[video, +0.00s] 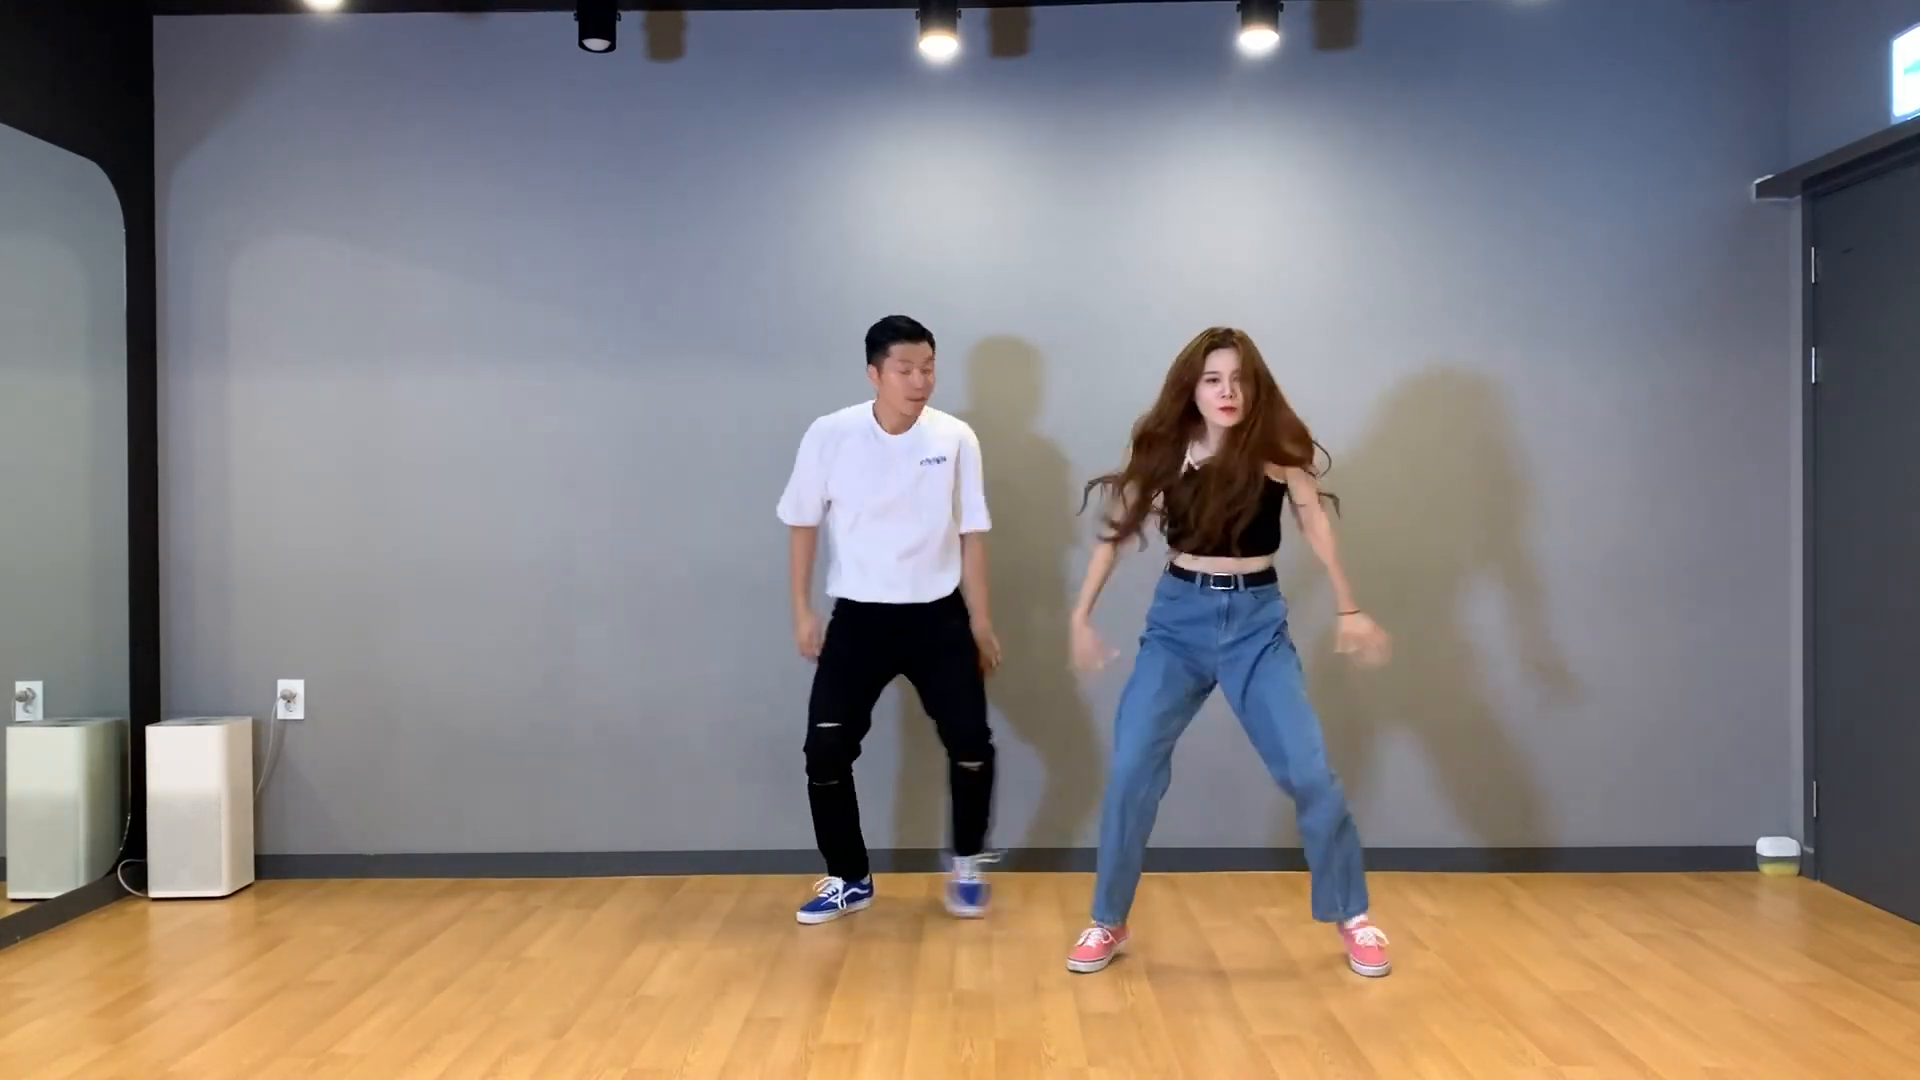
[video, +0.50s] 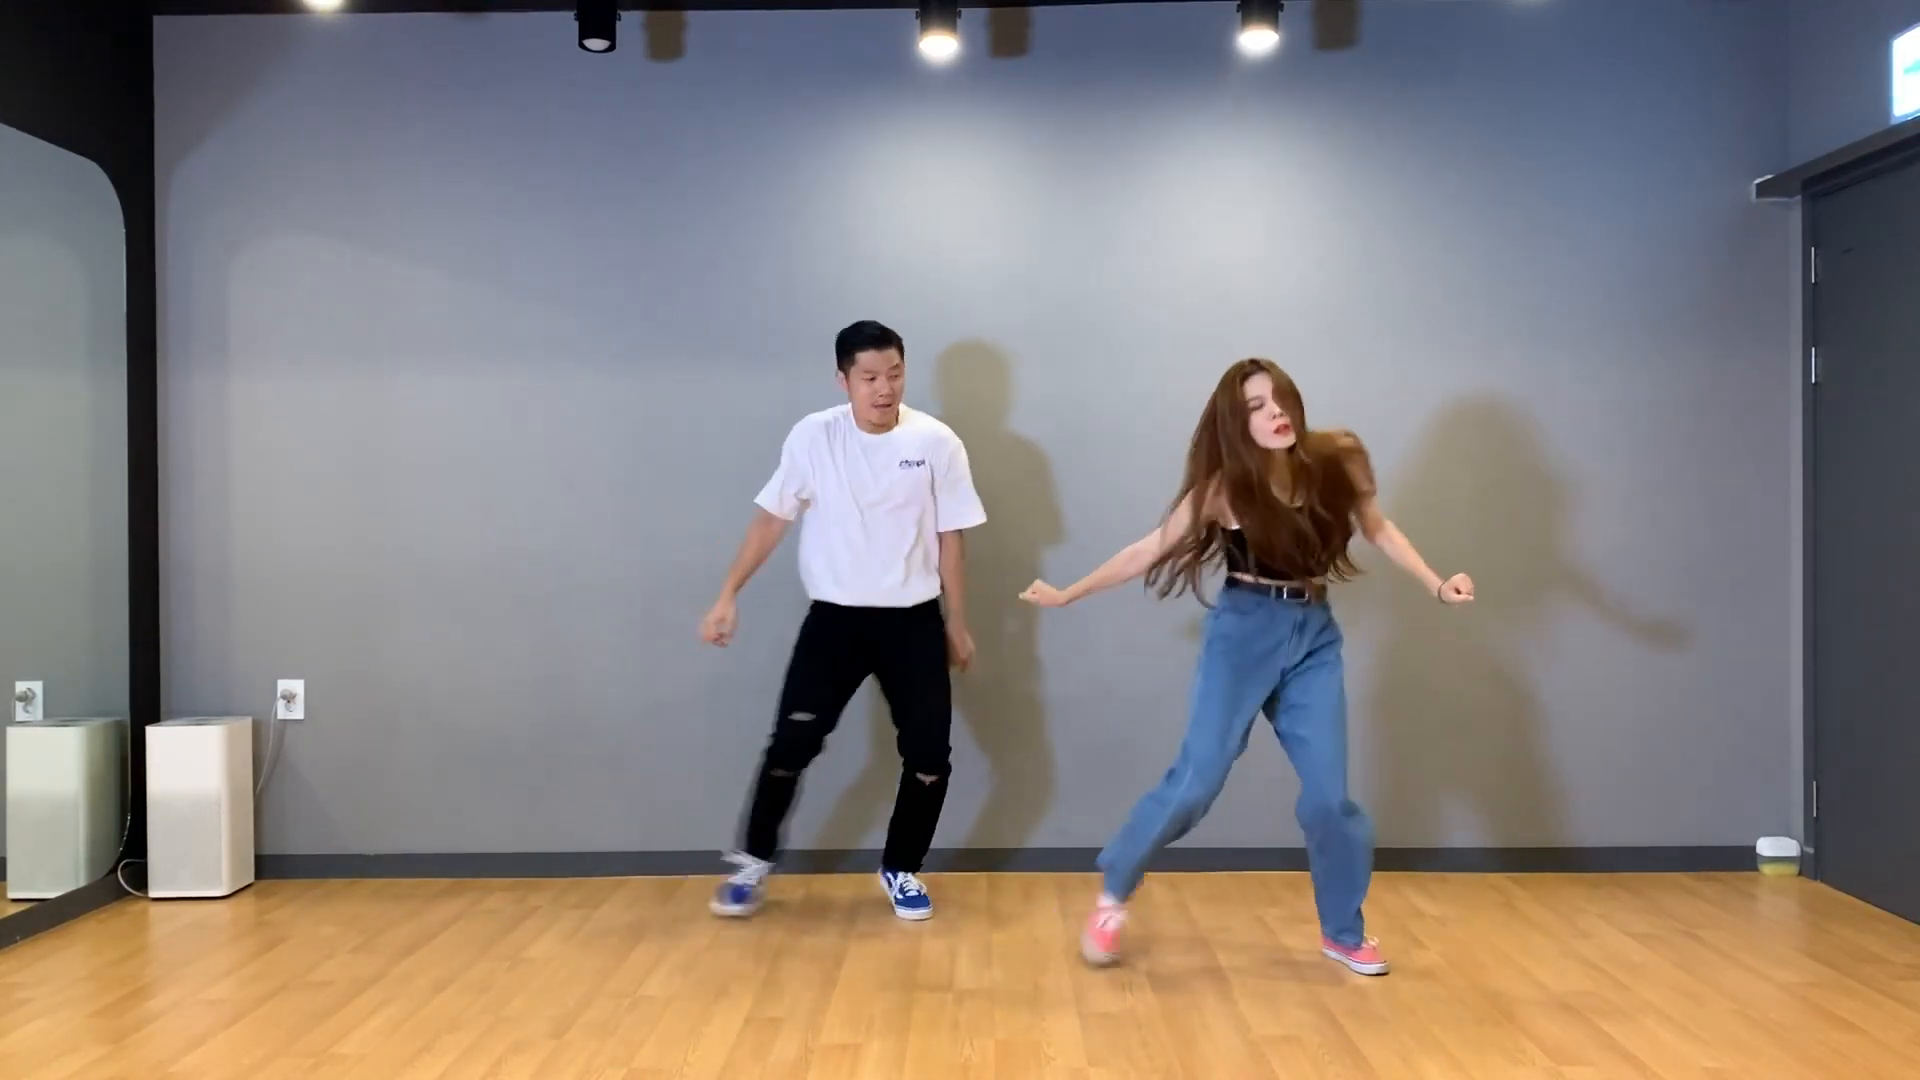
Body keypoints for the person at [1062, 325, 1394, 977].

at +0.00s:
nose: (1227, 392)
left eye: (1239, 380)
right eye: (1213, 380)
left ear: (1254, 388)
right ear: (1192, 388)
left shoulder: (1278, 450)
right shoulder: (1163, 451)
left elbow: (1318, 527)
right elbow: (1116, 532)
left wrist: (1350, 609)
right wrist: (1081, 615)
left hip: (1256, 624)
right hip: (1175, 621)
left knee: (1310, 772)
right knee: (1132, 764)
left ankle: (1353, 917)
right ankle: (1108, 921)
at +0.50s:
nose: (1277, 412)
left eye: (1281, 399)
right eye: (1258, 406)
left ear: (1295, 403)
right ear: (1236, 423)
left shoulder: (1336, 460)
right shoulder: (1224, 487)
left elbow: (1378, 529)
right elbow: (1149, 551)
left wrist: (1437, 582)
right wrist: (1066, 595)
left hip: (1311, 632)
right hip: (1243, 629)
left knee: (1329, 796)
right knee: (1198, 784)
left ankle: (1343, 933)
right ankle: (1113, 891)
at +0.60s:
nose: (1278, 395)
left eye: (1284, 382)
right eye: (1261, 389)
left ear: (1301, 387)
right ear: (1243, 408)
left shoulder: (1344, 453)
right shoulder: (1231, 476)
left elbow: (1392, 523)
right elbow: (1162, 548)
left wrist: (1456, 576)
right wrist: (1084, 595)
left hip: (1327, 621)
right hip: (1250, 620)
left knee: (1349, 783)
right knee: (1228, 772)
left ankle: (1345, 928)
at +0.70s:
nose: (1279, 391)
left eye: (1287, 378)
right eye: (1263, 384)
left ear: (1306, 386)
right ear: (1245, 399)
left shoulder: (1346, 449)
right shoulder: (1228, 470)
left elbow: (1402, 524)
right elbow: (1178, 547)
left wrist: (1473, 573)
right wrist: (1102, 591)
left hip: (1345, 624)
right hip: (1265, 630)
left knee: (1411, 773)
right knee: (1259, 791)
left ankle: (1402, 903)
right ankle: (1263, 916)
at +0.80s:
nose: (1281, 404)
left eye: (1290, 392)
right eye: (1266, 396)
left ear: (1309, 401)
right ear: (1247, 410)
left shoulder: (1351, 468)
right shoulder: (1234, 485)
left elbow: (1420, 550)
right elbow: (1193, 570)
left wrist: (1497, 587)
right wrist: (1117, 588)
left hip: (1361, 639)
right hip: (1283, 647)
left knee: (1420, 794)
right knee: (1247, 795)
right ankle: (1266, 921)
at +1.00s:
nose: (1250, 384)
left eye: (1263, 374)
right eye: (1238, 376)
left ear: (1288, 387)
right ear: (1224, 393)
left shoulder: (1323, 456)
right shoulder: (1210, 464)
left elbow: (1397, 529)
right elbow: (1156, 536)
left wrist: (1476, 583)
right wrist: (1093, 563)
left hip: (1320, 634)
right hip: (1251, 637)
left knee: (1374, 795)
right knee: (1229, 799)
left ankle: (1483, 903)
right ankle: (1265, 930)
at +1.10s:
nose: (1229, 364)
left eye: (1243, 354)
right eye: (1219, 356)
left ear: (1271, 368)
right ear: (1205, 373)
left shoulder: (1300, 440)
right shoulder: (1194, 448)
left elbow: (1359, 522)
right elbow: (1154, 525)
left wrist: (1425, 600)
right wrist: (1099, 564)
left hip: (1288, 619)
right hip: (1223, 619)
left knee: (1274, 779)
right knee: (1227, 784)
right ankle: (1264, 928)